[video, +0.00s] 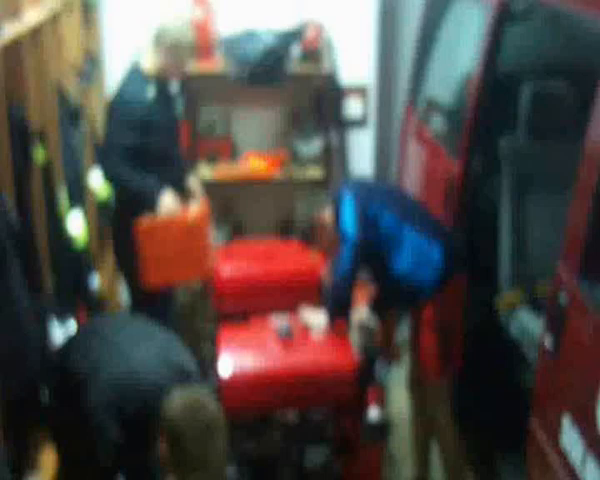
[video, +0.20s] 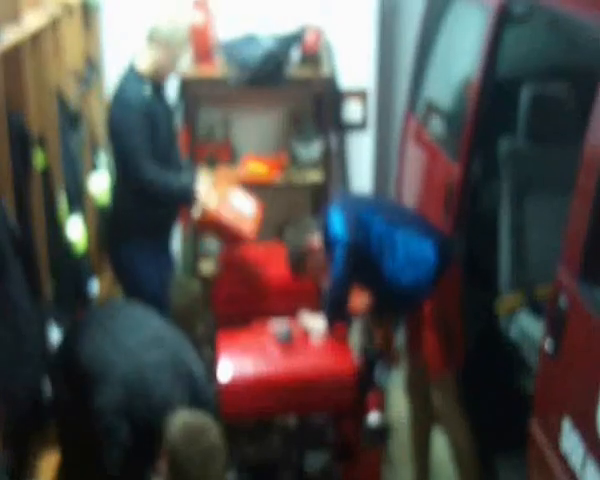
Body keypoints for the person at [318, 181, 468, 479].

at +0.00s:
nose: (331, 247)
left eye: (326, 243)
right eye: (327, 245)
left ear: (323, 222)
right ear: (327, 222)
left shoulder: (349, 197)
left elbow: (348, 256)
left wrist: (332, 311)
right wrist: (372, 309)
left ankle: (407, 469)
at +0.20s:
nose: (319, 275)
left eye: (313, 268)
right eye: (313, 272)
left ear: (313, 245)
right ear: (315, 245)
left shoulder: (341, 214)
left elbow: (340, 274)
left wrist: (330, 316)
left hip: (439, 280)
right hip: (414, 291)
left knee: (442, 387)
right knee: (415, 386)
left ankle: (466, 470)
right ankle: (414, 470)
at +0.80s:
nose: (314, 270)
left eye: (309, 264)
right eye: (309, 268)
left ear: (307, 243)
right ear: (308, 245)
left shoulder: (344, 211)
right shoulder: (336, 254)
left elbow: (347, 272)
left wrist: (333, 331)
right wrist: (384, 355)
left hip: (436, 294)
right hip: (407, 307)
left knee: (446, 401)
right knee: (413, 398)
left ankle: (473, 471)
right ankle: (418, 473)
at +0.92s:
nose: (314, 281)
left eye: (309, 276)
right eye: (309, 279)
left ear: (305, 254)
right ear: (308, 255)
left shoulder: (338, 220)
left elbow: (342, 282)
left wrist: (330, 333)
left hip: (434, 292)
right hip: (405, 310)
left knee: (446, 400)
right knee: (409, 394)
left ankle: (473, 471)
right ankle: (417, 472)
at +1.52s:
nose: (316, 312)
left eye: (310, 307)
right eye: (310, 312)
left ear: (306, 282)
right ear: (308, 281)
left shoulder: (334, 234)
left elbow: (339, 284)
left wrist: (326, 337)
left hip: (430, 292)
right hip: (396, 313)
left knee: (440, 412)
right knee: (401, 407)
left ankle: (466, 473)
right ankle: (413, 474)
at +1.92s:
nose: (318, 273)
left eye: (313, 268)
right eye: (313, 272)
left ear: (312, 243)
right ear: (314, 242)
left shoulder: (345, 207)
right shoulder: (339, 239)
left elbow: (353, 267)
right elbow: (372, 288)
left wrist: (330, 330)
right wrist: (373, 337)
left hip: (428, 298)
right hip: (402, 308)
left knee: (432, 396)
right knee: (408, 399)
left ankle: (446, 472)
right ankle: (414, 471)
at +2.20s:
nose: (323, 249)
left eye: (318, 243)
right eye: (316, 248)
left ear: (318, 219)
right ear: (317, 217)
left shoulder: (359, 191)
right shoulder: (346, 209)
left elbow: (363, 262)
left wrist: (330, 327)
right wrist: (333, 328)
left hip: (427, 296)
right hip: (409, 300)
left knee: (425, 399)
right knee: (418, 397)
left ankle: (432, 470)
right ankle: (424, 469)